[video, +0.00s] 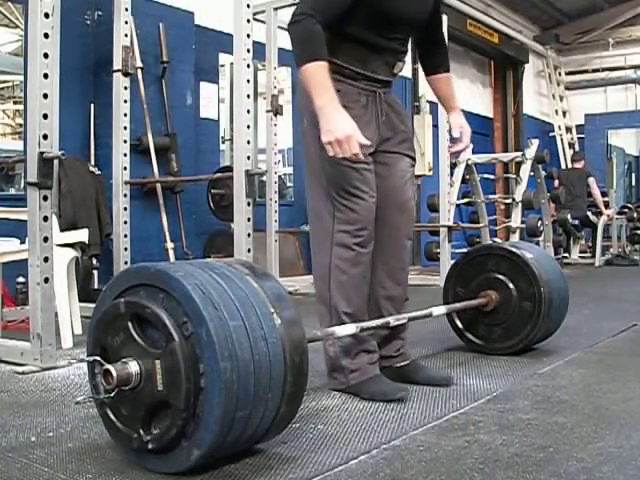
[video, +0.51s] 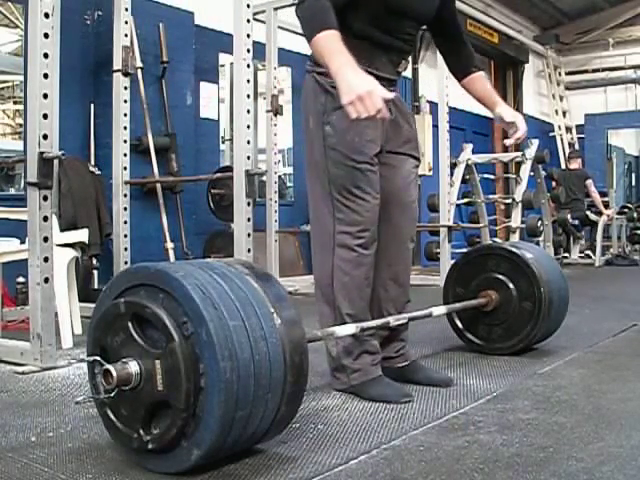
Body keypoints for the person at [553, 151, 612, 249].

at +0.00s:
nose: (582, 163)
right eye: (582, 162)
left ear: (571, 162)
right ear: (583, 162)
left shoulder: (562, 173)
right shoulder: (586, 174)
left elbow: (555, 189)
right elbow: (595, 193)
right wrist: (603, 210)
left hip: (563, 213)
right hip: (580, 213)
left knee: (568, 233)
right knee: (596, 226)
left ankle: (567, 254)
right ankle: (596, 253)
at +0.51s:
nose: (581, 163)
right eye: (581, 161)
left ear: (567, 162)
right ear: (579, 161)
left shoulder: (560, 174)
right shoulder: (583, 174)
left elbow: (554, 193)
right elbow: (593, 193)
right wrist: (603, 210)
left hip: (561, 213)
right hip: (578, 212)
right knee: (596, 222)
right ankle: (591, 247)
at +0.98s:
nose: (582, 165)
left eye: (581, 162)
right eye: (582, 162)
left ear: (571, 163)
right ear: (582, 163)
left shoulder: (561, 174)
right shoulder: (585, 174)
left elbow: (555, 192)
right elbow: (594, 193)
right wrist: (604, 210)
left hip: (562, 212)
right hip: (579, 211)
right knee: (594, 228)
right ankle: (586, 244)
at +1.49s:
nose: (584, 167)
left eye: (583, 165)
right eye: (584, 165)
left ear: (572, 165)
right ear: (584, 165)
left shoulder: (563, 175)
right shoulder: (586, 175)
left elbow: (555, 190)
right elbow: (595, 193)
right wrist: (604, 210)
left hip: (562, 214)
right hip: (579, 213)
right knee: (593, 232)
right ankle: (583, 246)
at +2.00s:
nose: (580, 163)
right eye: (580, 161)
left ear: (569, 162)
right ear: (580, 162)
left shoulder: (561, 174)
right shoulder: (584, 174)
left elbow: (555, 190)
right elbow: (594, 192)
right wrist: (604, 210)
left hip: (563, 212)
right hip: (579, 212)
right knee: (593, 231)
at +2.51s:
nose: (581, 163)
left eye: (580, 160)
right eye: (580, 160)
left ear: (567, 162)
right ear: (578, 161)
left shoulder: (559, 175)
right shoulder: (583, 174)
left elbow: (554, 196)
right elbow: (593, 192)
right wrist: (604, 210)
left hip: (562, 214)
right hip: (578, 213)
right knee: (593, 230)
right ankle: (584, 246)